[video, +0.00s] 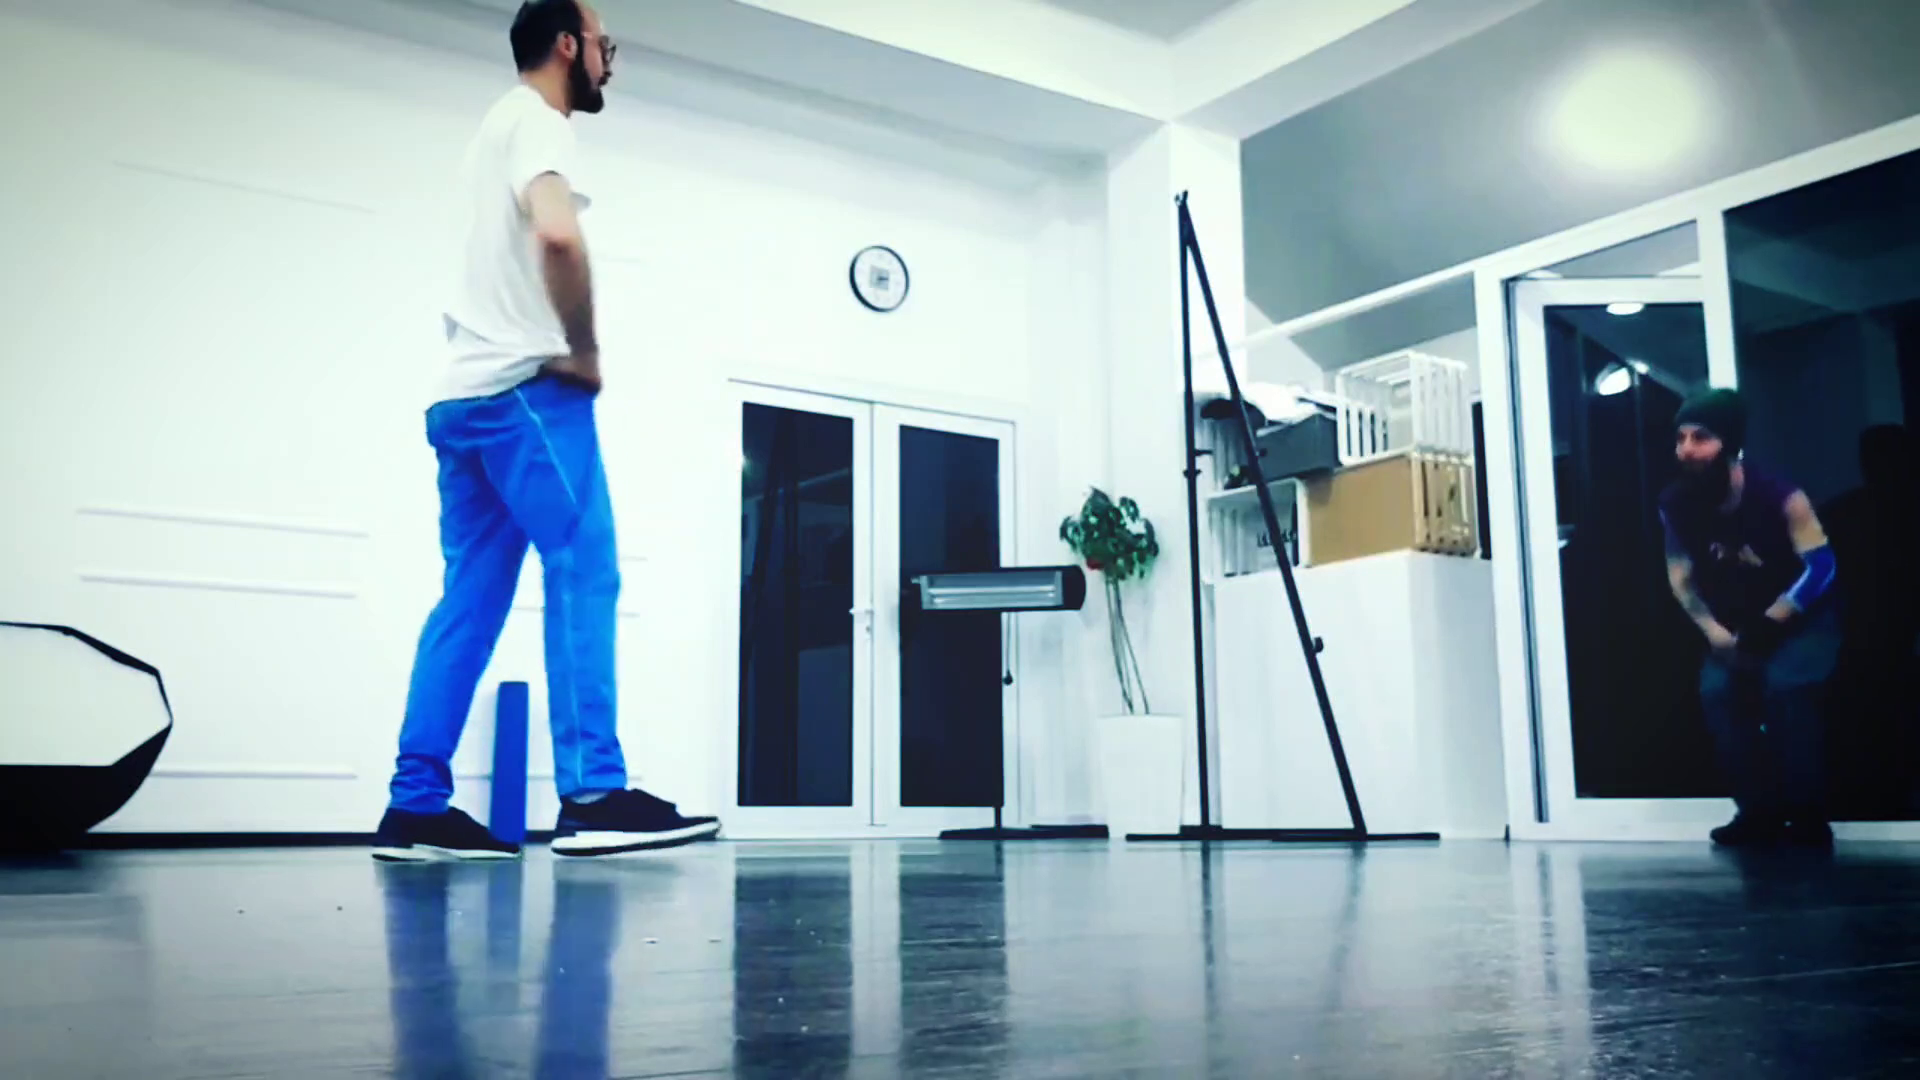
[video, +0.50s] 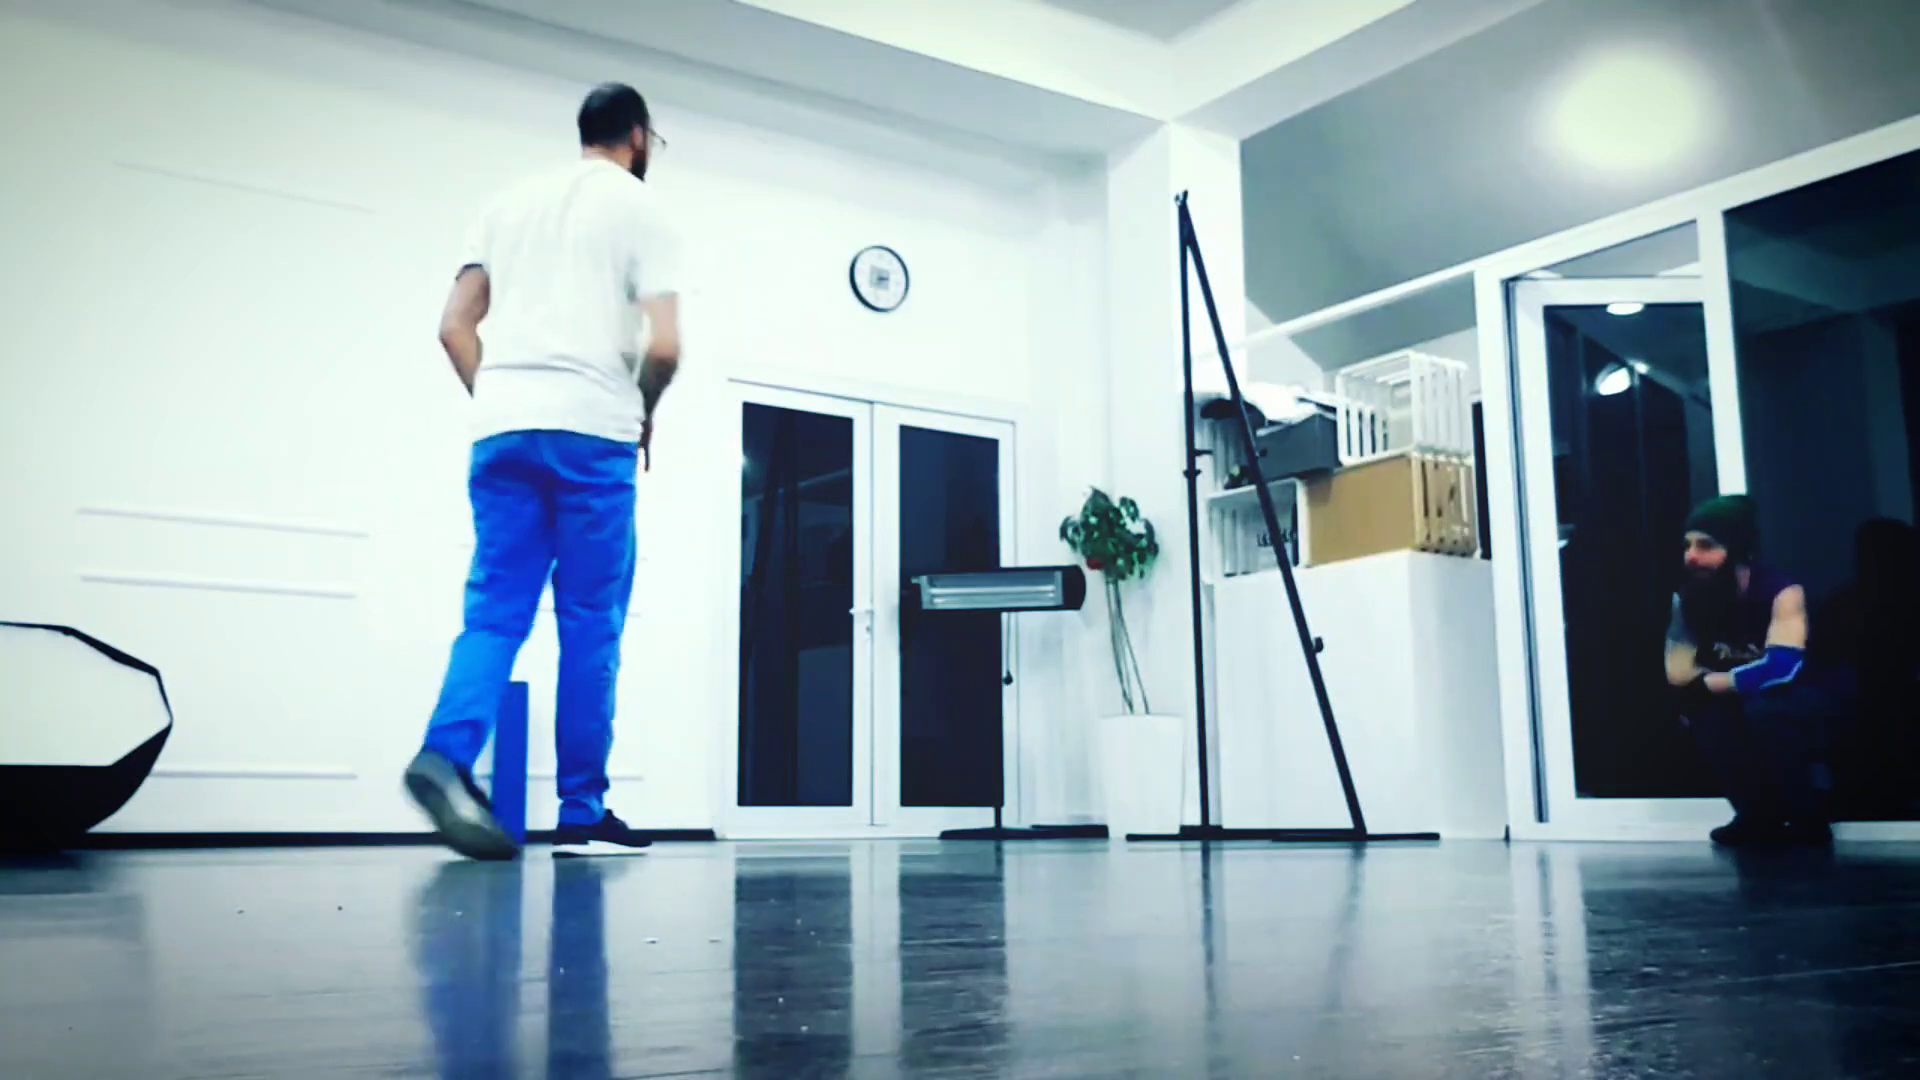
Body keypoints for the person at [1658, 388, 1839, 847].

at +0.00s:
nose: (1686, 450)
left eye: (1700, 438)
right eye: (1681, 438)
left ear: (1729, 444)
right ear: (1674, 442)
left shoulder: (1778, 494)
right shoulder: (1677, 505)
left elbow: (1821, 566)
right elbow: (1681, 583)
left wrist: (1773, 619)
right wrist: (1715, 632)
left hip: (1797, 618)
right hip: (1734, 624)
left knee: (1786, 685)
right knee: (1716, 689)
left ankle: (1806, 816)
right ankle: (1755, 810)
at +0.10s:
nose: (1683, 476)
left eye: (1696, 464)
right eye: (1678, 465)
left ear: (1726, 468)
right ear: (1673, 468)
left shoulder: (1775, 516)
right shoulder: (1676, 531)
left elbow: (1814, 593)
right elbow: (1680, 604)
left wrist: (1758, 640)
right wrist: (1719, 643)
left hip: (1795, 635)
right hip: (1734, 643)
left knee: (1783, 693)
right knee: (1708, 692)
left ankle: (1806, 817)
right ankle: (1756, 811)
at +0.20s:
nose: (1682, 499)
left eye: (1696, 488)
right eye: (1678, 488)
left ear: (1725, 492)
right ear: (1672, 492)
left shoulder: (1776, 541)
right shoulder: (1678, 554)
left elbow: (1802, 621)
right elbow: (1687, 627)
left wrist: (1729, 660)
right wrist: (1723, 656)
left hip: (1792, 654)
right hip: (1737, 660)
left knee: (1768, 696)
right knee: (1702, 693)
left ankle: (1805, 818)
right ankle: (1753, 813)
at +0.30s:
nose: (1684, 523)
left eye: (1698, 511)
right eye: (1680, 511)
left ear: (1729, 516)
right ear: (1674, 514)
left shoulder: (1777, 562)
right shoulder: (1680, 574)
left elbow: (1793, 645)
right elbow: (1691, 659)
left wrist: (1707, 676)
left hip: (1798, 671)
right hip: (1737, 679)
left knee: (1766, 701)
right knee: (1702, 707)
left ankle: (1805, 819)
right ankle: (1756, 814)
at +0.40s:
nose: (1687, 542)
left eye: (1701, 531)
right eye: (1683, 531)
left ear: (1733, 535)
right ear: (1677, 532)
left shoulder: (1780, 582)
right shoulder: (1684, 589)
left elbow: (1786, 660)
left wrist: (1708, 679)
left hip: (1796, 688)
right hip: (1735, 693)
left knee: (1763, 706)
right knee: (1703, 710)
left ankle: (1805, 818)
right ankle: (1754, 814)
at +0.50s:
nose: (1691, 556)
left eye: (1705, 546)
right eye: (1688, 545)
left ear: (1735, 548)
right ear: (1684, 546)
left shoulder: (1782, 593)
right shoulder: (1688, 599)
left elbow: (1782, 667)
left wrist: (1705, 682)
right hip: (1735, 706)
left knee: (1764, 708)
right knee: (1701, 710)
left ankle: (1803, 820)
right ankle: (1753, 815)